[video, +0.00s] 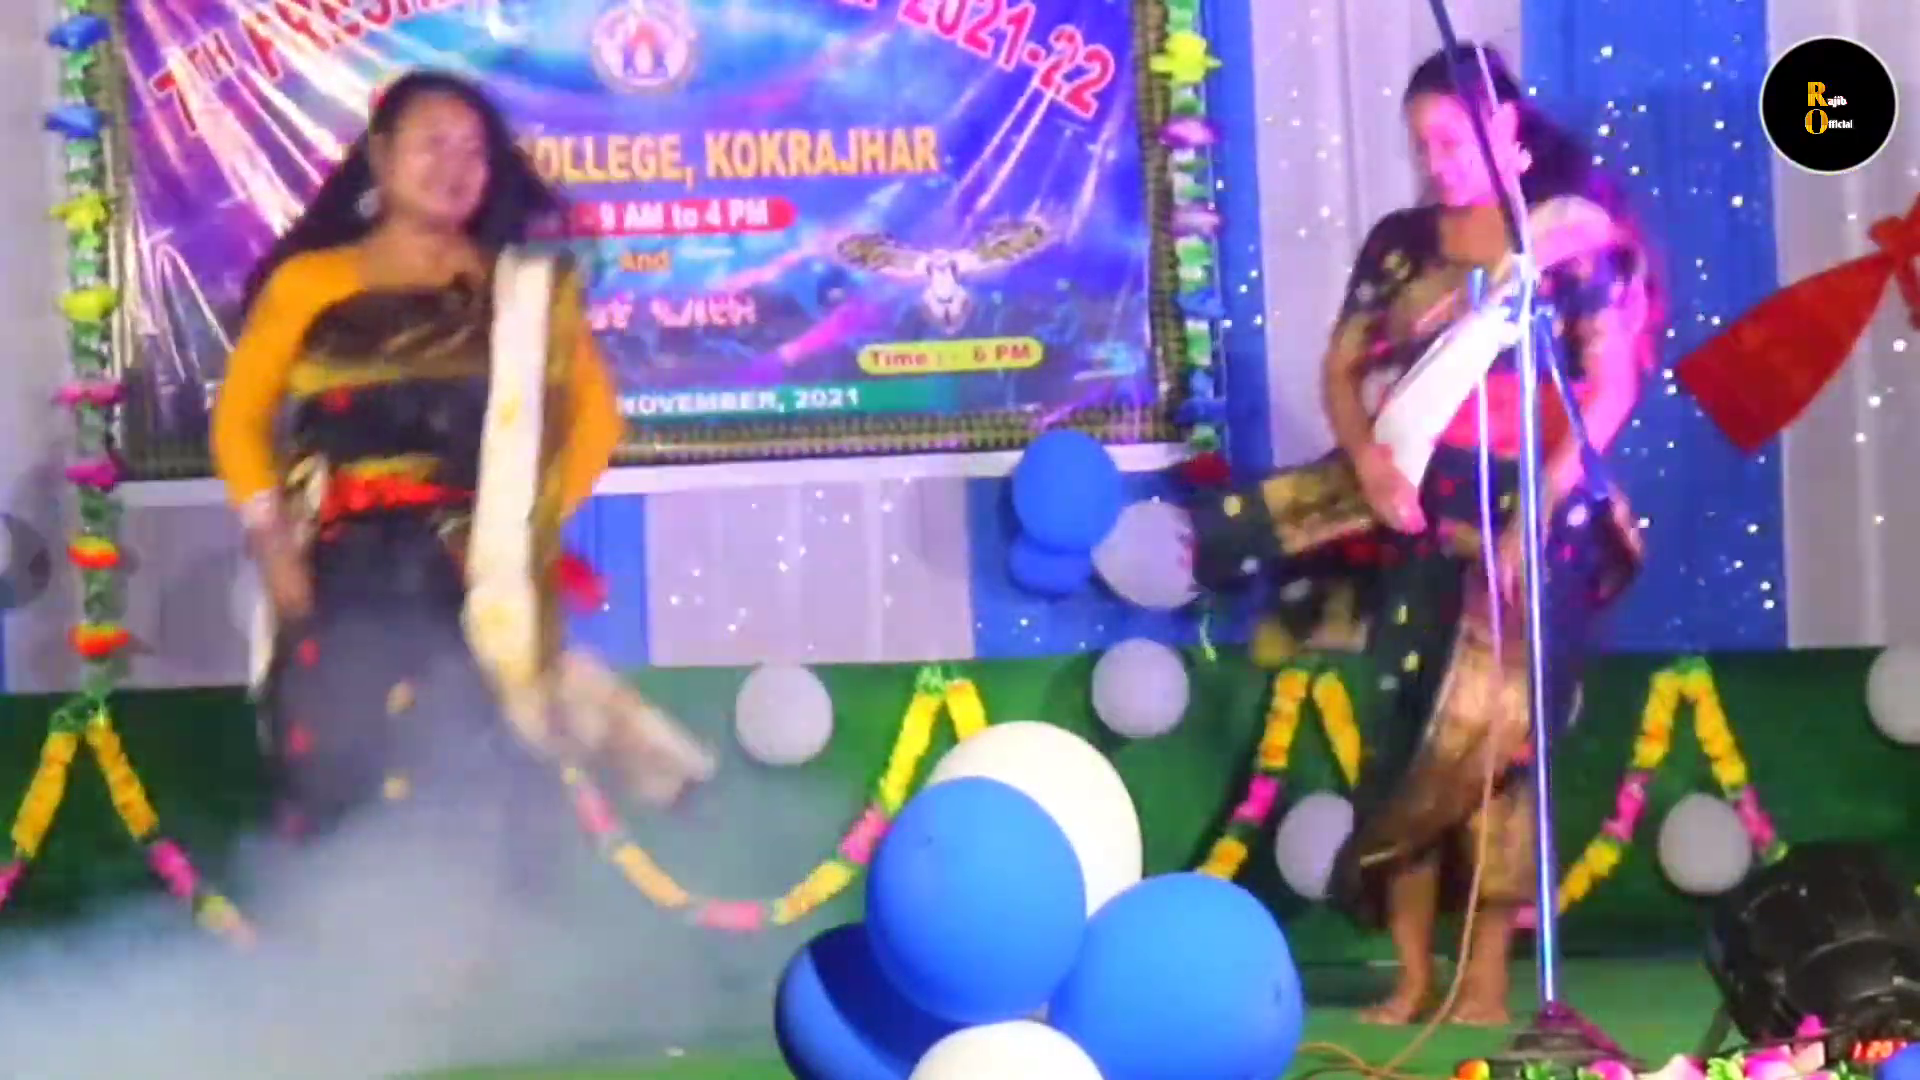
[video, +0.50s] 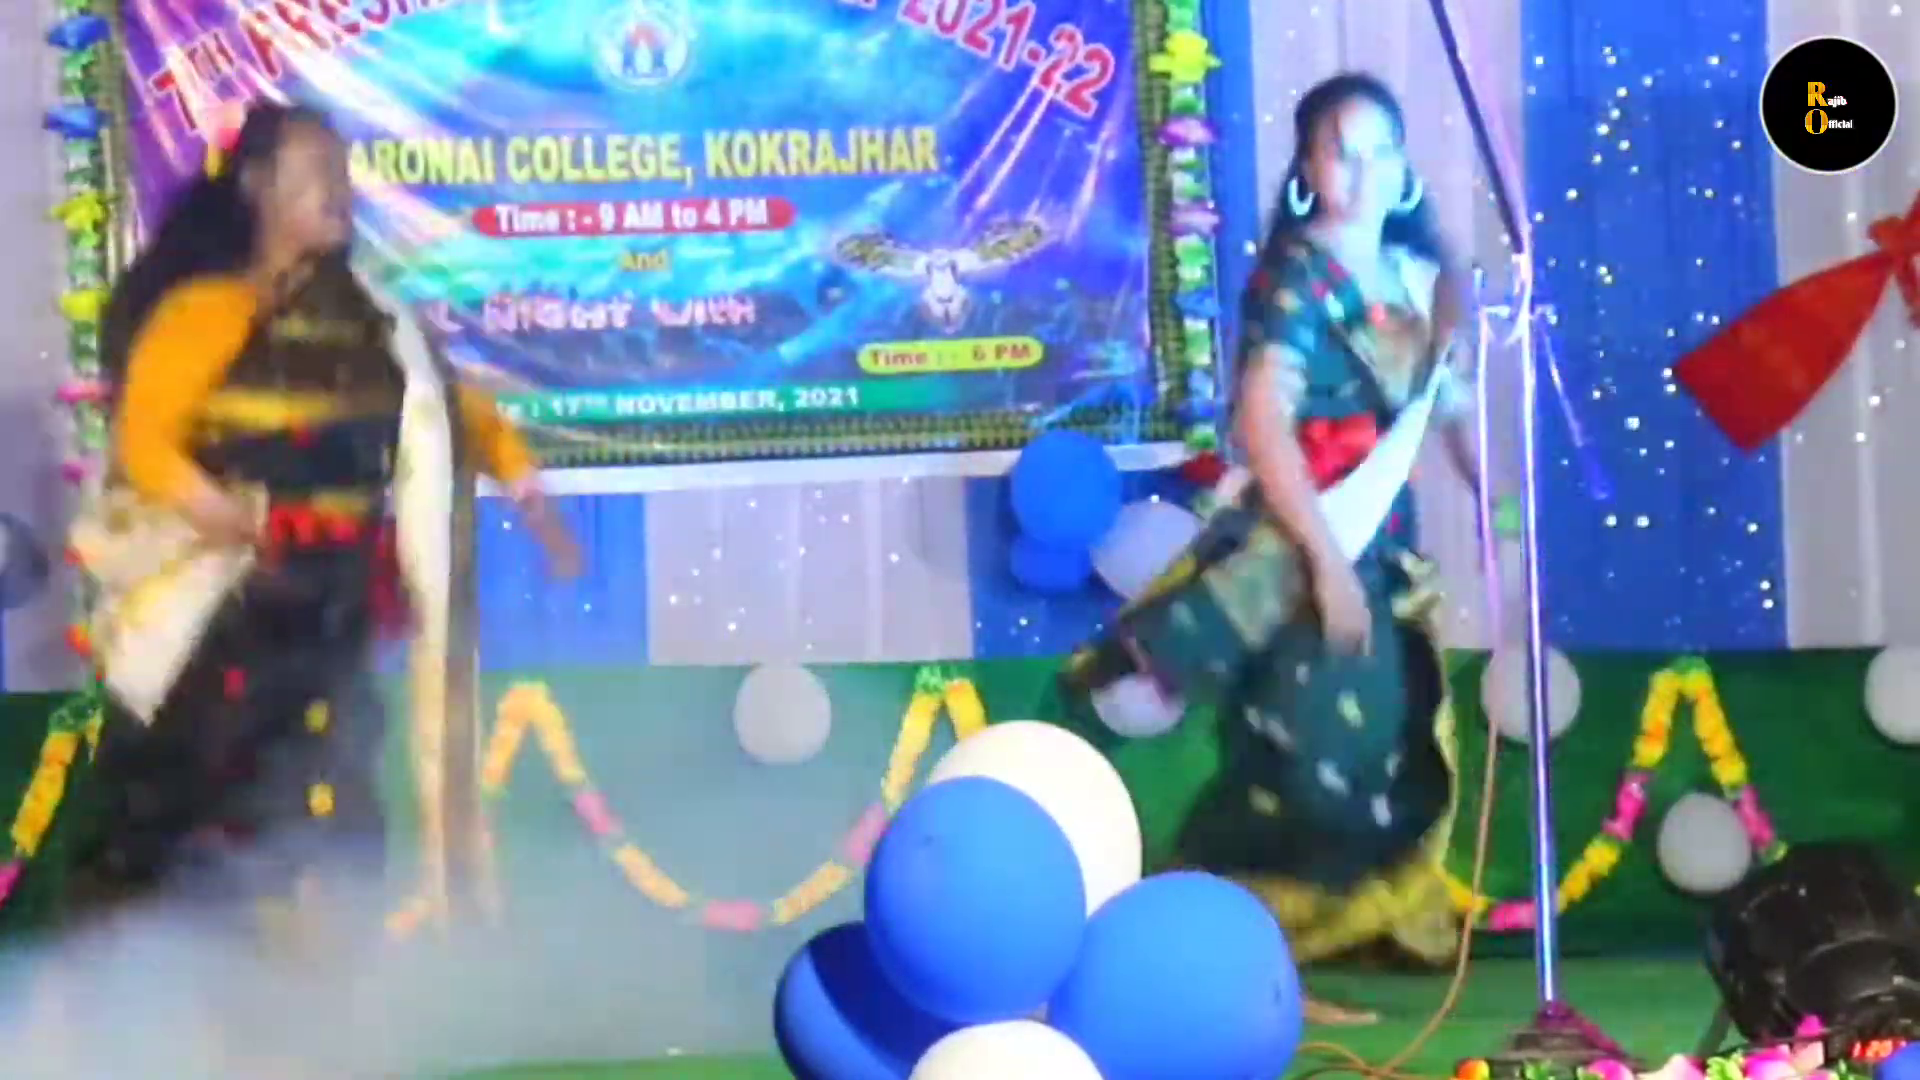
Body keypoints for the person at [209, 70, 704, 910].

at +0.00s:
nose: (455, 165)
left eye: (473, 149)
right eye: (432, 144)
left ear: (492, 172)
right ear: (382, 158)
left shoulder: (526, 286)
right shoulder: (311, 281)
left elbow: (593, 415)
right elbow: (238, 418)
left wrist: (530, 526)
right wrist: (276, 547)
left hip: (475, 574)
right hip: (346, 577)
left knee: (481, 797)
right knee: (336, 791)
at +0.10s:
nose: (420, 190)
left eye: (439, 176)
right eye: (398, 168)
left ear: (456, 200)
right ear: (346, 180)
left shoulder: (480, 321)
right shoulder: (268, 311)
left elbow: (547, 451)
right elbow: (196, 441)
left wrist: (490, 563)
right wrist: (225, 574)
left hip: (430, 623)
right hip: (292, 623)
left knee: (424, 842)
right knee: (282, 847)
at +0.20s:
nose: (402, 154)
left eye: (416, 135)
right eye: (382, 131)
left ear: (434, 151)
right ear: (335, 138)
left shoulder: (456, 272)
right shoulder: (254, 261)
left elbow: (542, 396)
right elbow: (160, 391)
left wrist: (498, 510)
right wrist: (189, 526)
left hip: (398, 558)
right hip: (269, 561)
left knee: (386, 788)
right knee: (252, 788)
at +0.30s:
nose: (375, 110)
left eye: (385, 91)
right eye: (352, 88)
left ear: (402, 105)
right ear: (301, 94)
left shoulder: (437, 225)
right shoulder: (223, 214)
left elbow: (542, 317)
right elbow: (114, 316)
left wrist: (547, 447)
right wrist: (160, 434)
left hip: (378, 540)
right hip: (242, 536)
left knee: (366, 781)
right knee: (209, 781)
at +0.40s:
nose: (356, 119)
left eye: (365, 101)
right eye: (333, 100)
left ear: (380, 116)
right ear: (278, 111)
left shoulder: (415, 232)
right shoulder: (210, 231)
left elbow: (525, 318)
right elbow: (102, 327)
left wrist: (567, 430)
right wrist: (156, 432)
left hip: (374, 536)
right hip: (246, 535)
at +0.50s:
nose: (337, 200)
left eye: (341, 181)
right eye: (314, 182)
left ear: (349, 185)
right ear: (257, 191)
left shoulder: (371, 311)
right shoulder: (210, 310)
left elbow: (453, 405)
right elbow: (142, 438)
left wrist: (527, 491)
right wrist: (212, 508)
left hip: (341, 591)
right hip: (228, 591)